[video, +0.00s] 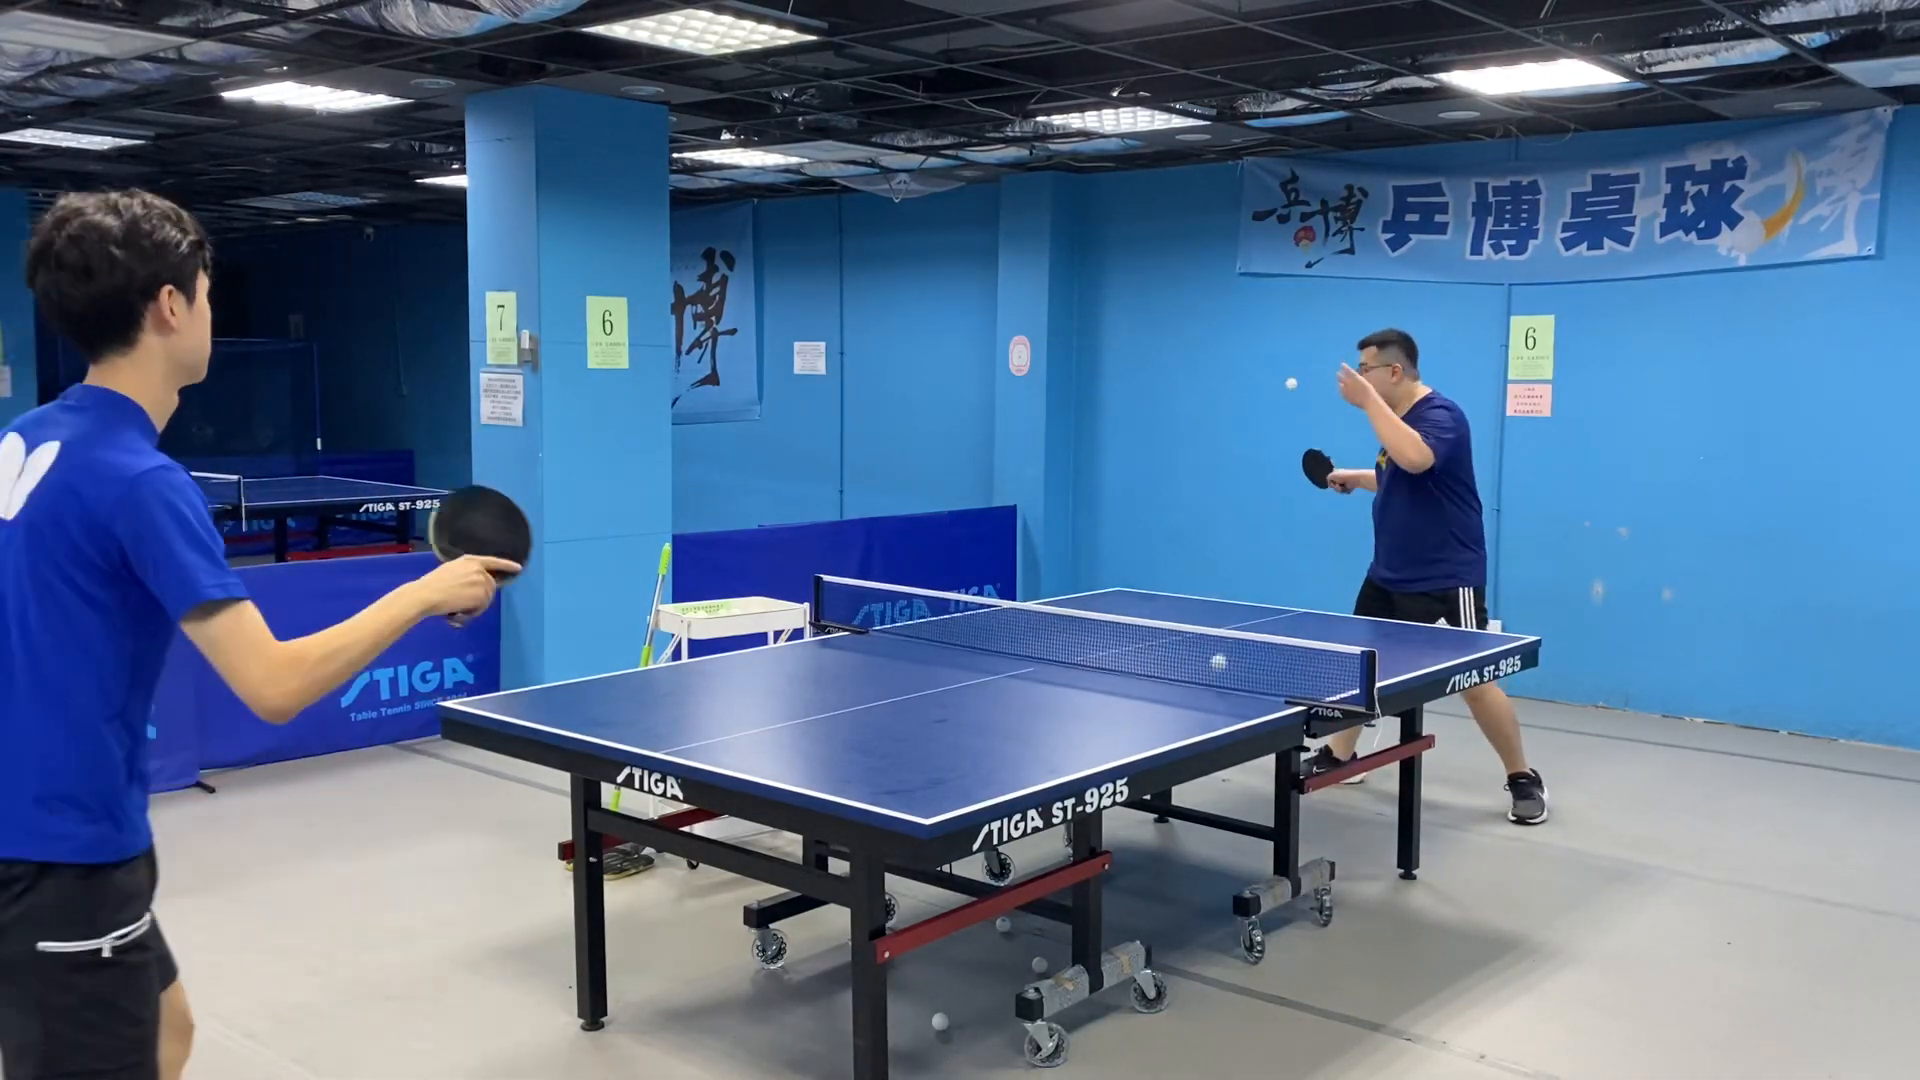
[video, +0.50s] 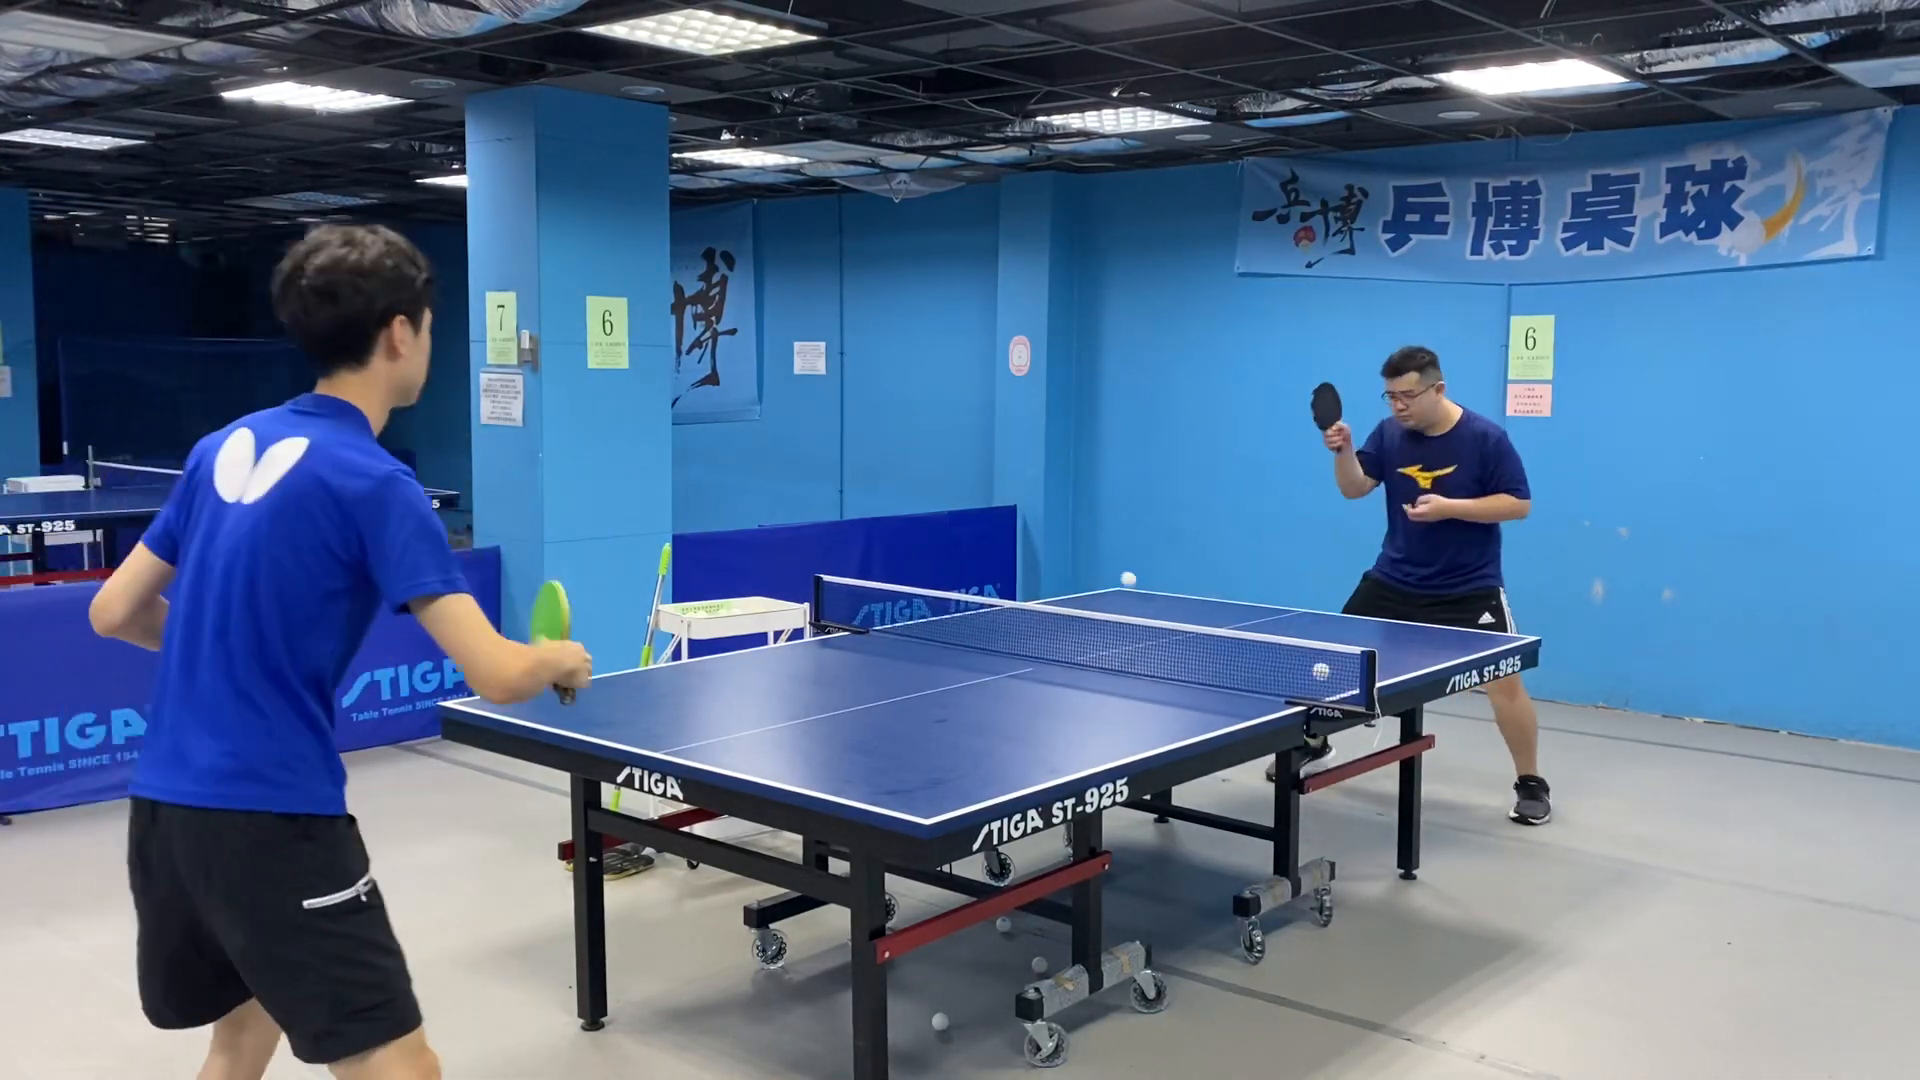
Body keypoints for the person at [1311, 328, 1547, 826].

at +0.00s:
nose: (1362, 380)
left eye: (1368, 370)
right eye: (1362, 371)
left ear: (1397, 371)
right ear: (1390, 374)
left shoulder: (1443, 415)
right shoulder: (1396, 422)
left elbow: (1416, 458)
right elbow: (1402, 484)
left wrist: (1369, 400)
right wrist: (1353, 478)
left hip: (1447, 580)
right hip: (1388, 574)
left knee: (1474, 680)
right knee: (1360, 667)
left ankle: (1521, 777)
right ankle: (1339, 753)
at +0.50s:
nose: (1396, 408)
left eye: (1405, 398)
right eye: (1391, 398)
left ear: (1438, 390)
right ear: (1388, 394)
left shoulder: (1486, 439)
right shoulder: (1389, 435)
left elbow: (1518, 504)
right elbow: (1354, 488)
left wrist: (1448, 506)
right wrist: (1343, 453)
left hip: (1469, 590)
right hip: (1392, 582)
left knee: (1504, 683)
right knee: (1329, 657)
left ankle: (1530, 782)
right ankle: (1311, 739)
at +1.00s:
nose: (1344, 408)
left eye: (1354, 399)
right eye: (1337, 400)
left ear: (1382, 398)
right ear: (1332, 403)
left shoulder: (1429, 442)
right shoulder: (1334, 453)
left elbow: (1471, 495)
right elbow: (1322, 510)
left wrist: (1418, 513)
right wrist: (1293, 524)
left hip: (1436, 589)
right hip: (1360, 588)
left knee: (1476, 671)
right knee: (1311, 657)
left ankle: (1510, 775)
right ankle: (1315, 747)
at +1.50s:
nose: (1360, 431)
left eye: (1361, 419)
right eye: (1354, 423)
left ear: (1391, 403)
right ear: (1387, 409)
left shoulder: (1444, 438)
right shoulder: (1404, 449)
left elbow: (1469, 502)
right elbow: (1419, 520)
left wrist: (1392, 488)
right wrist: (1378, 527)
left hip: (1451, 598)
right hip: (1392, 590)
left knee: (1470, 693)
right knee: (1337, 661)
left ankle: (1522, 785)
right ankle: (1315, 750)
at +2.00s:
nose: (1403, 393)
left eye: (1414, 384)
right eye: (1396, 385)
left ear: (1442, 384)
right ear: (1391, 387)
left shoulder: (1484, 439)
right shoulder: (1382, 438)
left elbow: (1516, 501)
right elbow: (1360, 499)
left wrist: (1466, 506)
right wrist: (1348, 496)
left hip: (1457, 591)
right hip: (1381, 584)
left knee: (1494, 681)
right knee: (1327, 659)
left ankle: (1527, 783)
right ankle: (1325, 749)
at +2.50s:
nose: (1337, 419)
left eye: (1341, 407)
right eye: (1332, 411)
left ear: (1374, 398)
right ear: (1364, 405)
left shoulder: (1428, 433)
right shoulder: (1367, 455)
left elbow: (1459, 492)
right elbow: (1374, 518)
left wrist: (1385, 474)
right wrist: (1321, 530)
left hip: (1453, 590)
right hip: (1386, 588)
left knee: (1479, 688)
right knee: (1327, 658)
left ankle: (1526, 785)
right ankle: (1327, 751)